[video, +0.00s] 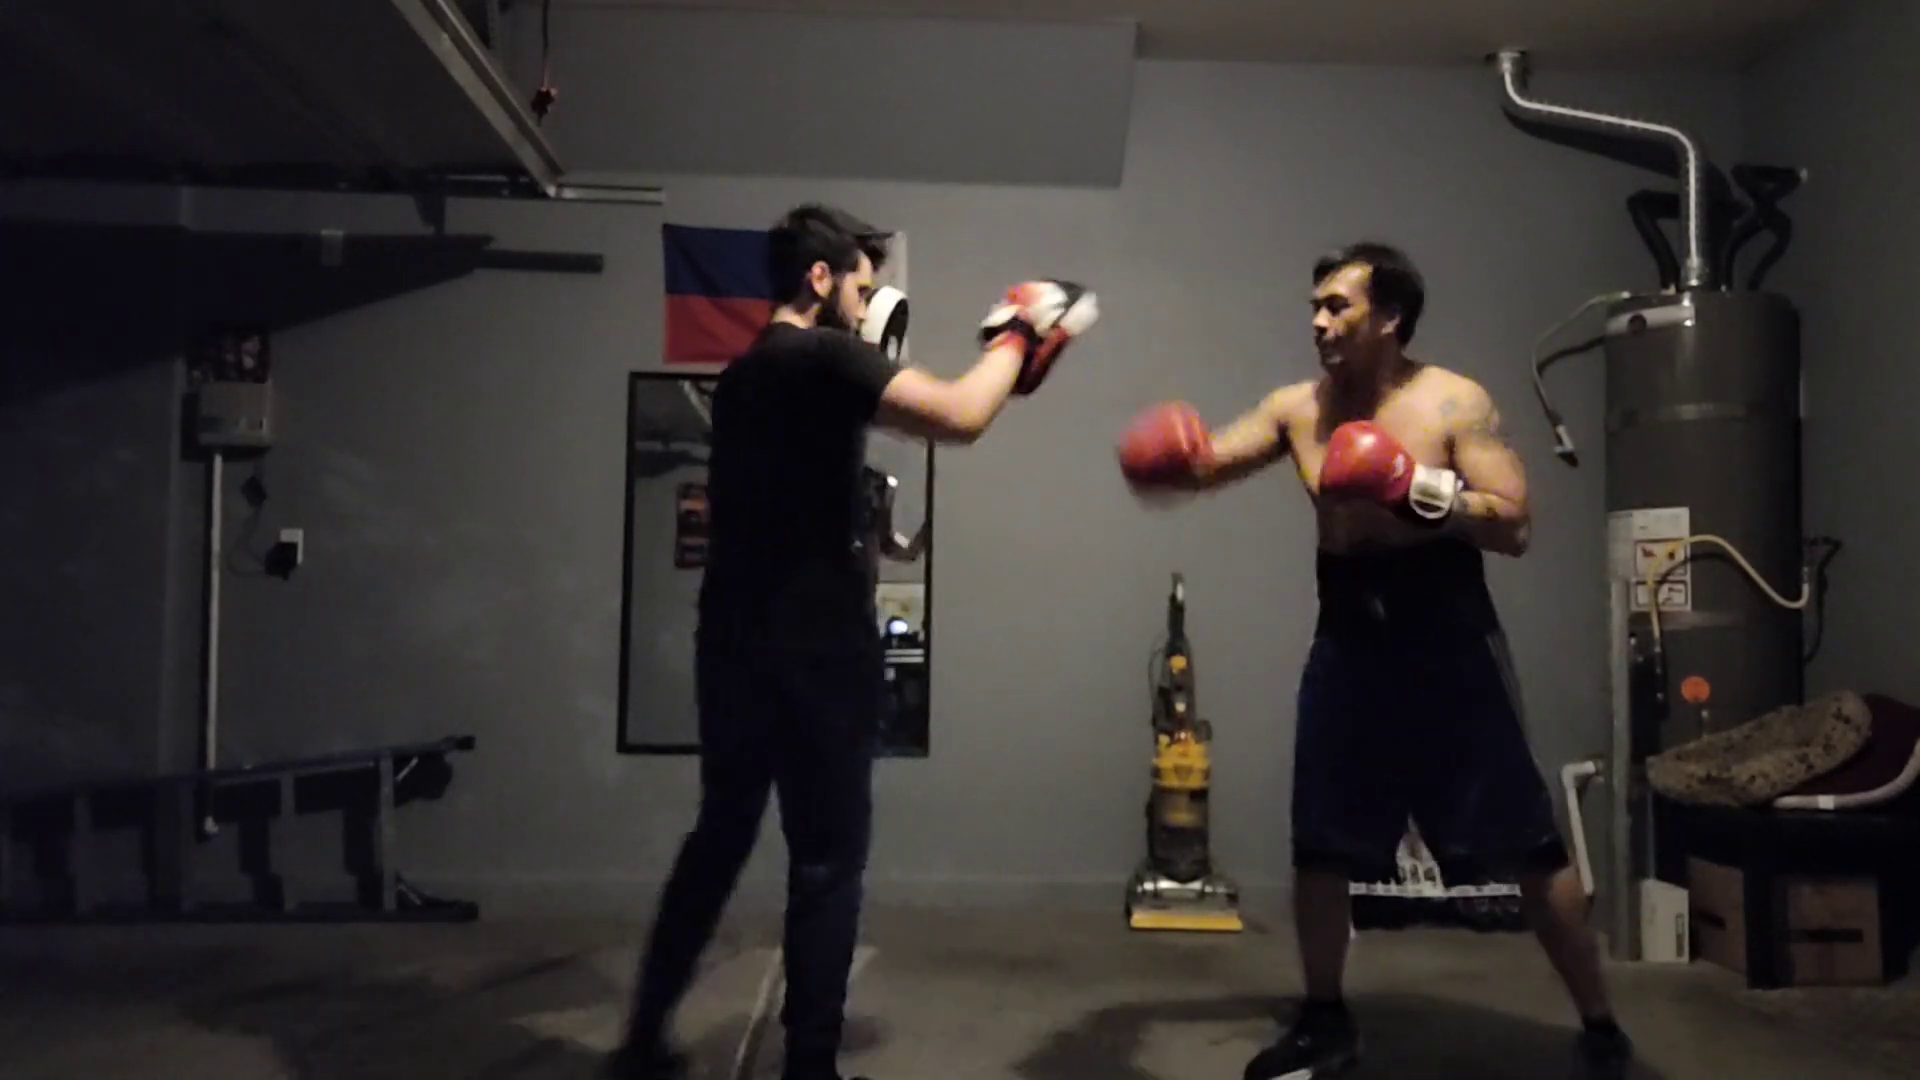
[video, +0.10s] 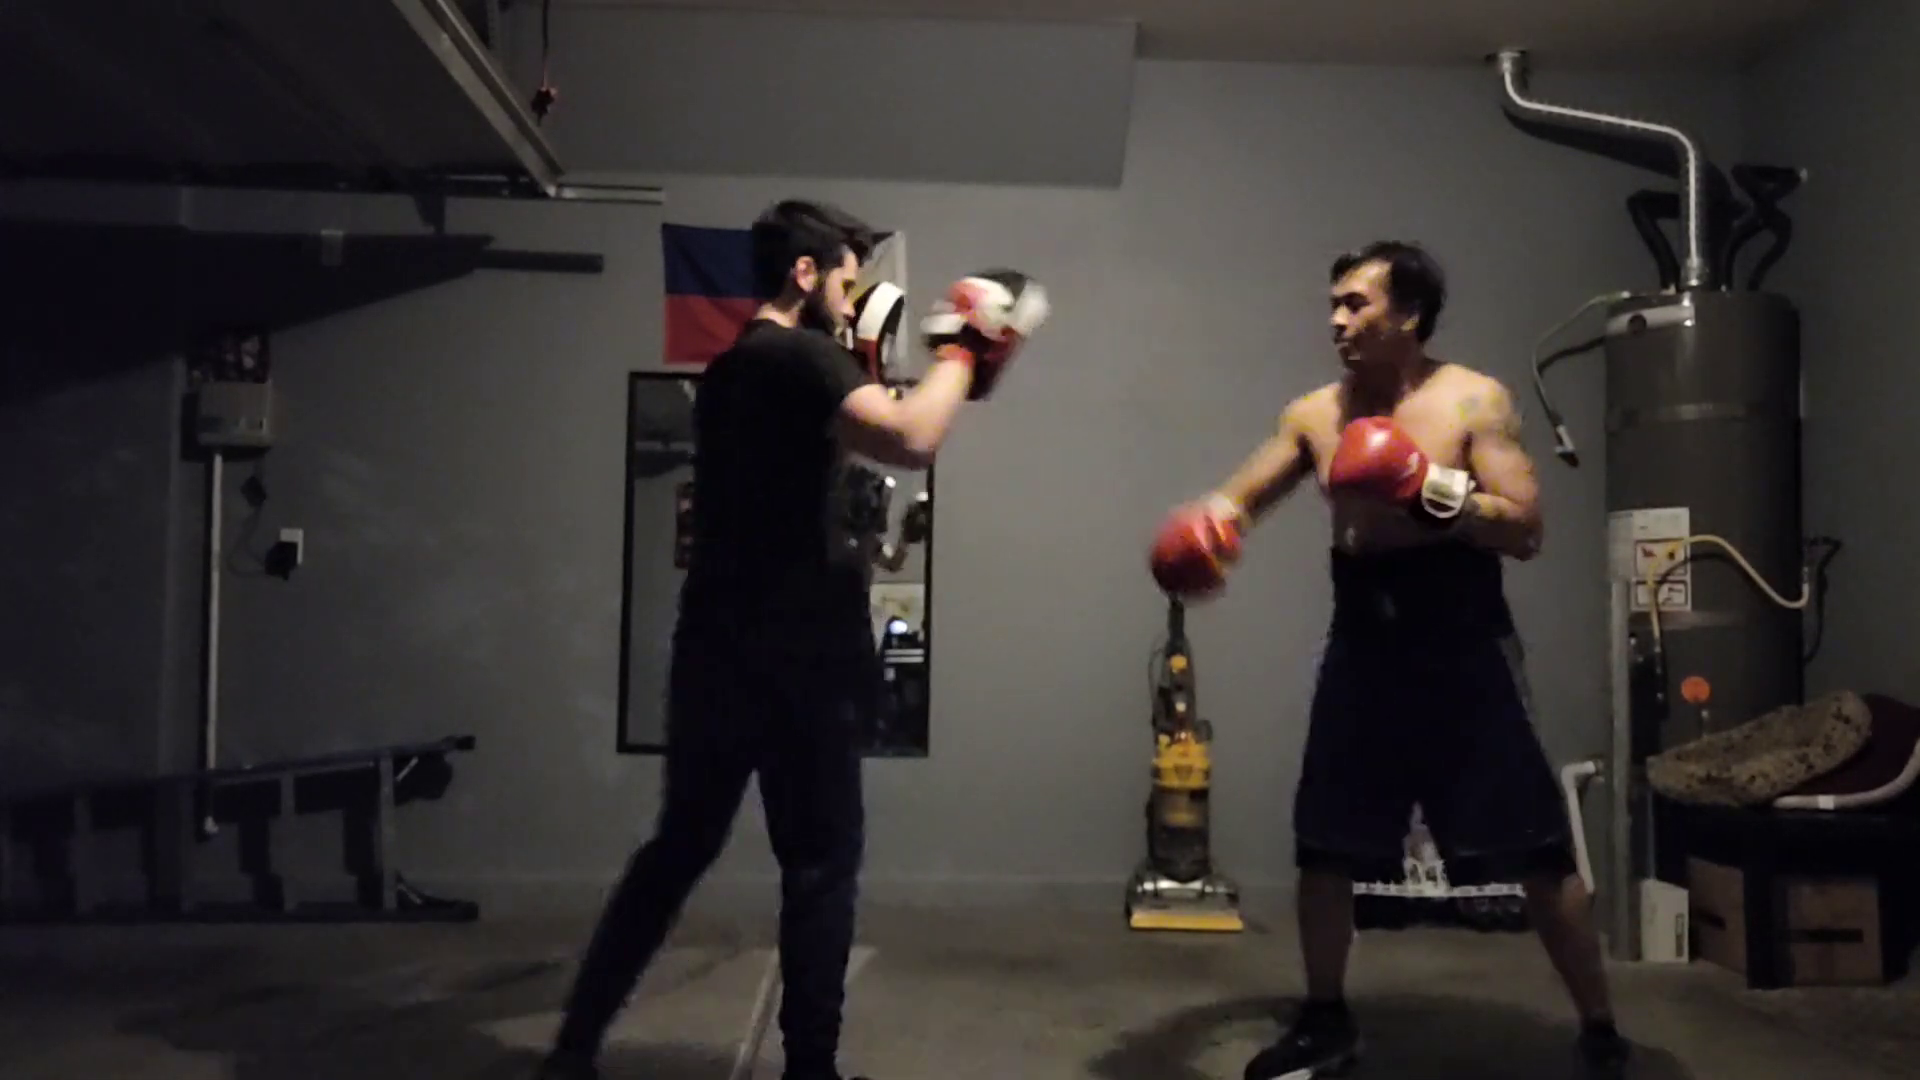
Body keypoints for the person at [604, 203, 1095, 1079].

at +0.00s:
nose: (873, 304)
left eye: (873, 289)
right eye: (867, 287)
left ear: (796, 283)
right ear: (822, 279)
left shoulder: (740, 374)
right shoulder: (824, 357)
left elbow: (936, 418)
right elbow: (962, 413)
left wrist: (1018, 363)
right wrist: (1016, 330)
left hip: (735, 646)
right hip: (820, 651)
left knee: (721, 835)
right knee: (829, 859)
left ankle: (643, 1035)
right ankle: (811, 1059)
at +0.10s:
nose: (857, 299)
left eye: (859, 283)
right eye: (851, 281)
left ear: (780, 276)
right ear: (804, 274)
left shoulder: (729, 365)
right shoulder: (800, 359)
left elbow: (886, 440)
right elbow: (916, 436)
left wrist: (971, 379)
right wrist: (964, 346)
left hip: (718, 645)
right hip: (800, 652)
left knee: (683, 841)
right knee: (823, 859)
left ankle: (574, 1045)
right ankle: (812, 1063)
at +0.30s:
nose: (808, 324)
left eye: (810, 307)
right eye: (800, 303)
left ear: (736, 296)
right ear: (752, 292)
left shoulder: (678, 377)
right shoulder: (723, 371)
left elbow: (730, 533)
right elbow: (825, 458)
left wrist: (794, 514)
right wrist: (846, 352)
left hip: (657, 675)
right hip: (733, 679)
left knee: (599, 877)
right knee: (820, 860)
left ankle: (533, 1063)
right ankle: (813, 1065)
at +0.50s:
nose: (767, 296)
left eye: (771, 281)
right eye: (763, 278)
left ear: (681, 270)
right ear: (719, 267)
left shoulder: (630, 360)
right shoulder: (700, 344)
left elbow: (671, 503)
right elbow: (817, 415)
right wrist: (817, 318)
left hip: (628, 655)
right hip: (711, 657)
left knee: (591, 868)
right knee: (802, 853)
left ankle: (532, 1063)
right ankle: (831, 1061)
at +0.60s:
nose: (765, 291)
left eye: (766, 273)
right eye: (761, 270)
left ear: (675, 262)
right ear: (724, 262)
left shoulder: (622, 361)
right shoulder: (717, 348)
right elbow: (860, 401)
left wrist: (810, 313)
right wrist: (850, 301)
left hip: (624, 658)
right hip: (718, 661)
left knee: (587, 873)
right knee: (808, 863)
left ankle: (531, 1064)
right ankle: (844, 1062)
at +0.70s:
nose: (780, 287)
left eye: (780, 269)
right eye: (774, 267)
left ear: (687, 264)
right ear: (730, 259)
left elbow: (644, 511)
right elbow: (907, 393)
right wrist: (922, 289)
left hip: (632, 664)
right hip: (731, 665)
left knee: (603, 877)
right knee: (814, 872)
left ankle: (537, 1063)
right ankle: (863, 1063)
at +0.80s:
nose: (799, 283)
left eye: (801, 268)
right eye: (794, 266)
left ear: (686, 266)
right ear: (749, 262)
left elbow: (689, 501)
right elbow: (952, 357)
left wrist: (784, 516)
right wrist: (1024, 256)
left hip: (654, 669)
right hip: (757, 674)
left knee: (624, 877)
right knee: (823, 887)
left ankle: (545, 1065)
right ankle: (875, 1065)